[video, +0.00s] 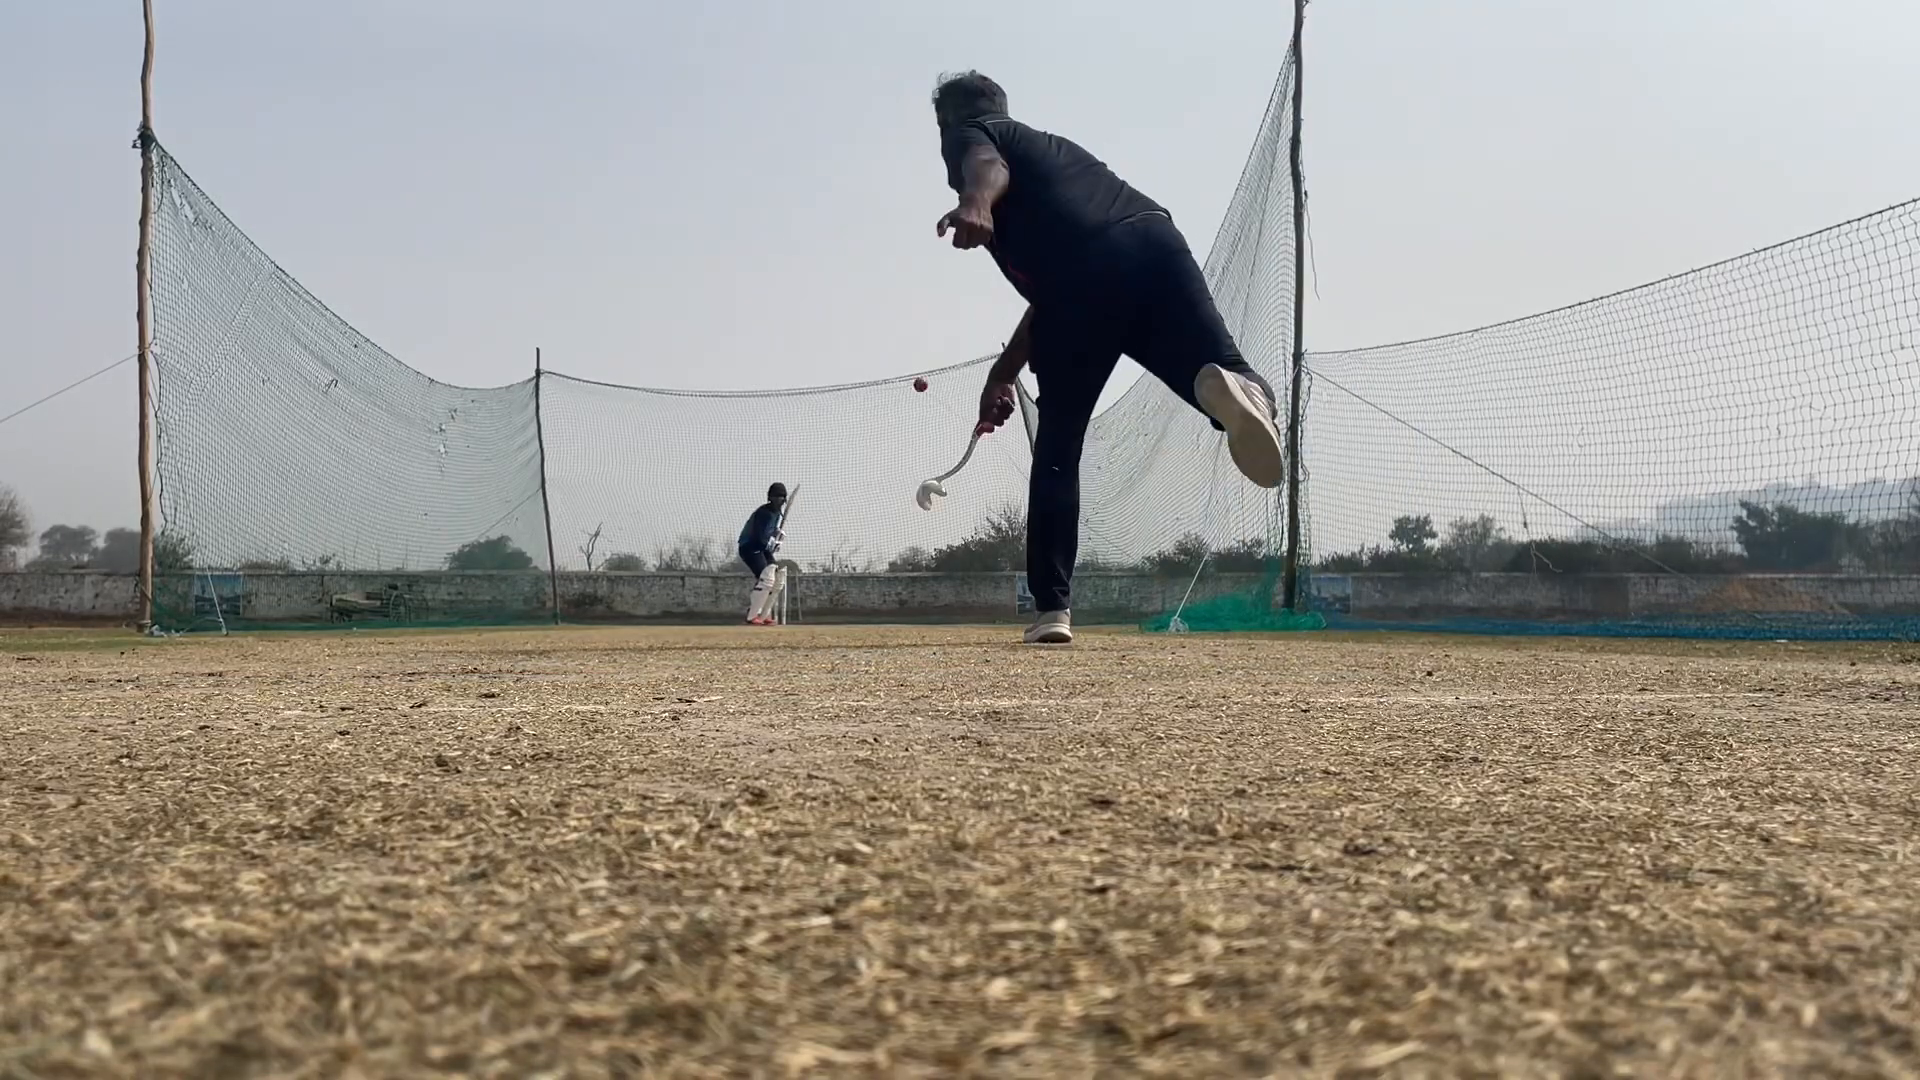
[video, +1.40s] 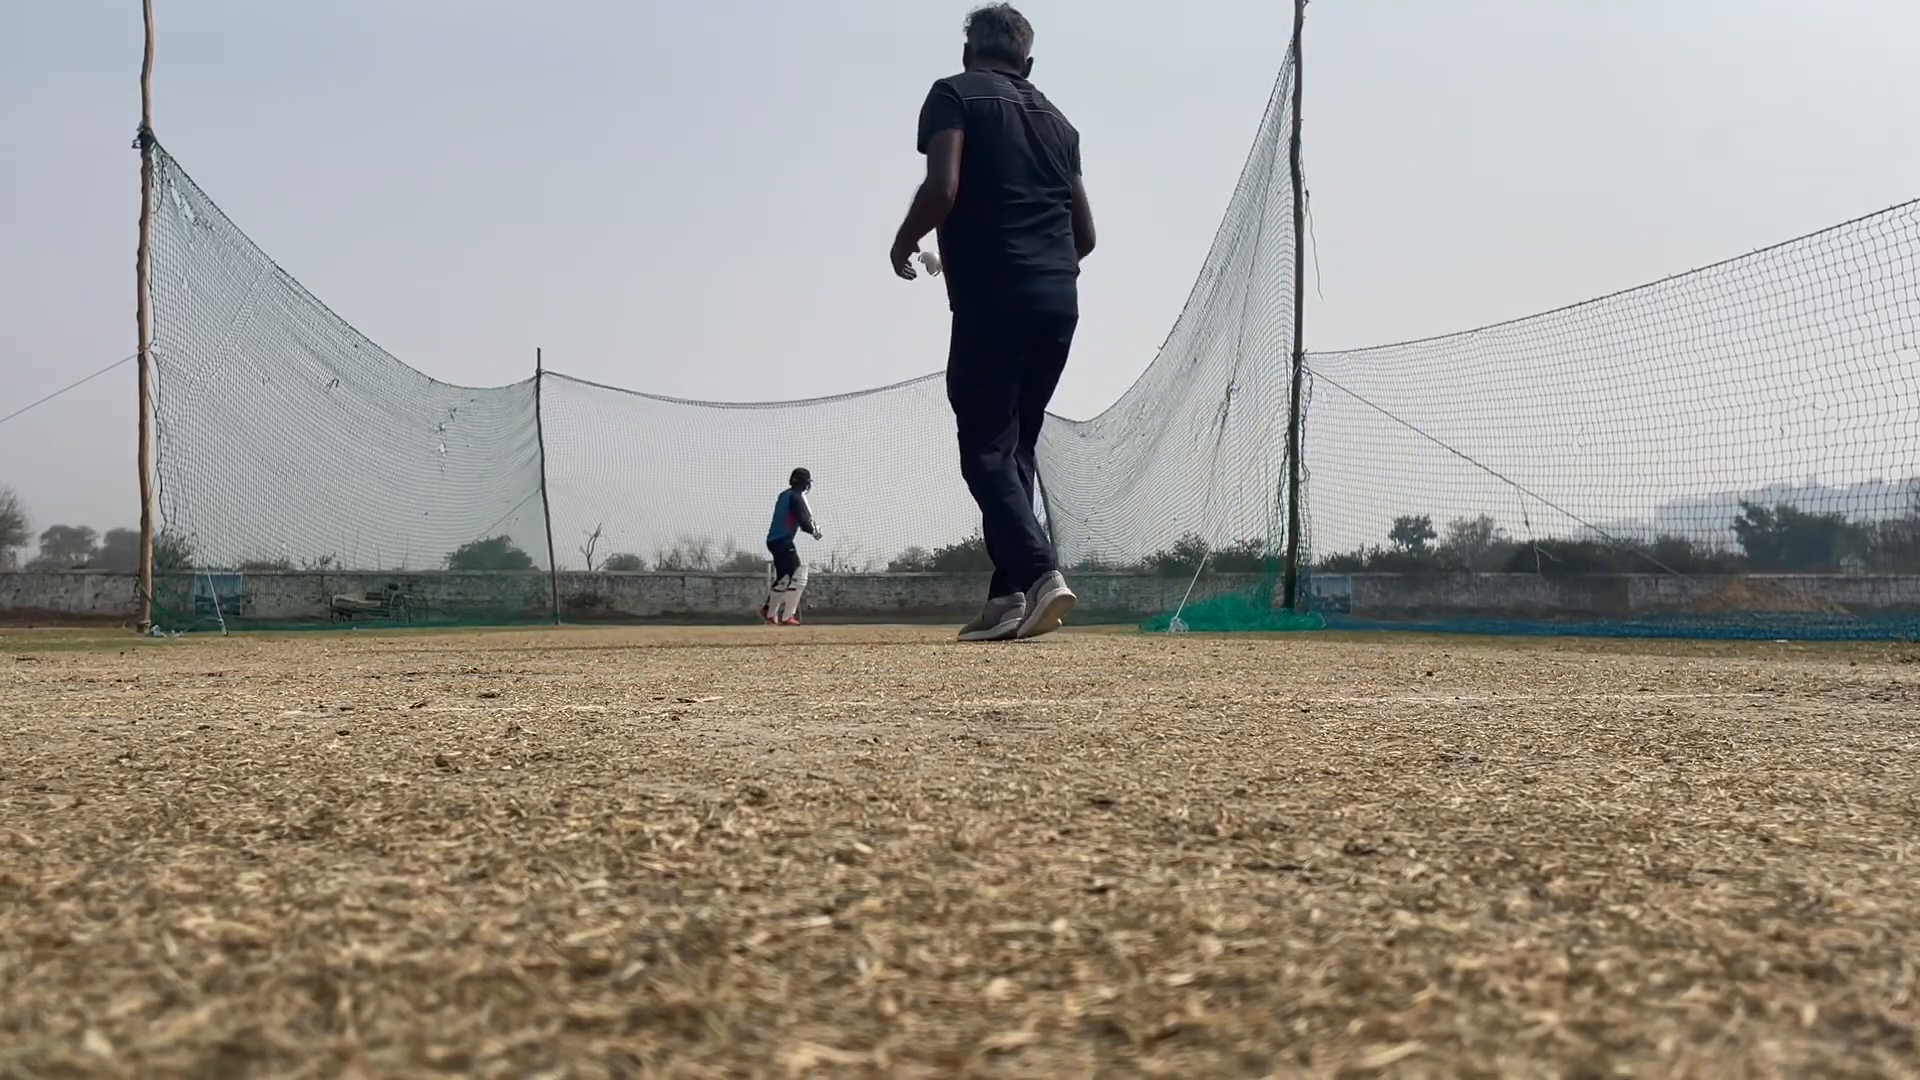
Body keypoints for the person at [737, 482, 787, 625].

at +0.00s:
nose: (783, 500)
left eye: (784, 496)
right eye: (780, 496)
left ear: (785, 498)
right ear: (771, 497)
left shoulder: (777, 513)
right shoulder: (765, 512)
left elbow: (772, 529)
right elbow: (760, 538)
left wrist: (777, 534)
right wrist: (772, 545)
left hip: (762, 547)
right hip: (749, 547)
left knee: (777, 577)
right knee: (767, 576)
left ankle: (765, 615)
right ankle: (752, 615)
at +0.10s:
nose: (787, 504)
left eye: (788, 501)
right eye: (784, 501)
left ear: (788, 502)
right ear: (776, 501)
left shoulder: (778, 516)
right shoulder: (768, 516)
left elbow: (774, 528)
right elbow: (762, 541)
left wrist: (782, 532)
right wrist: (776, 546)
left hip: (762, 546)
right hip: (750, 546)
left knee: (778, 577)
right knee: (766, 572)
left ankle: (765, 613)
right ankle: (758, 613)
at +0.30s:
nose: (795, 505)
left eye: (797, 501)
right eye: (792, 501)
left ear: (799, 501)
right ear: (784, 499)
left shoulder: (785, 511)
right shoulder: (775, 511)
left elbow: (782, 521)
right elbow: (768, 538)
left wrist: (790, 526)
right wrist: (784, 540)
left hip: (768, 542)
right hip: (756, 542)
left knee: (771, 577)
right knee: (771, 575)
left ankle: (763, 616)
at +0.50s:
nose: (806, 500)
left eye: (807, 497)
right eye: (805, 497)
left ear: (795, 494)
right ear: (797, 495)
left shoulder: (792, 504)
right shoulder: (787, 506)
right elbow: (788, 528)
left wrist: (800, 521)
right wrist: (799, 532)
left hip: (773, 542)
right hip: (767, 543)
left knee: (776, 578)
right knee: (783, 576)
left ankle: (765, 614)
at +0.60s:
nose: (810, 498)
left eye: (811, 495)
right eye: (809, 494)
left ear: (796, 490)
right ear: (804, 493)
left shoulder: (784, 498)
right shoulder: (792, 504)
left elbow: (771, 507)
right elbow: (800, 530)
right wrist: (806, 522)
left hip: (766, 542)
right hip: (774, 543)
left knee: (778, 578)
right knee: (791, 575)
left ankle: (767, 614)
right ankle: (787, 616)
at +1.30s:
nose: (812, 488)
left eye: (813, 484)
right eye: (812, 484)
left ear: (796, 482)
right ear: (807, 485)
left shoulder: (785, 496)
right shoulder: (797, 499)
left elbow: (772, 512)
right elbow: (807, 523)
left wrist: (789, 516)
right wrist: (813, 526)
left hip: (773, 541)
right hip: (783, 541)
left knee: (782, 576)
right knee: (797, 575)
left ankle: (770, 611)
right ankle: (788, 615)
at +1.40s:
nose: (809, 485)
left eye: (809, 481)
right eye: (808, 481)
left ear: (794, 481)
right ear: (802, 482)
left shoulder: (785, 495)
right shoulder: (795, 497)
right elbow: (803, 520)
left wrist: (811, 525)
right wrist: (813, 531)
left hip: (774, 540)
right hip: (783, 541)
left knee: (783, 577)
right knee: (798, 574)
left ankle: (771, 613)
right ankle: (788, 616)